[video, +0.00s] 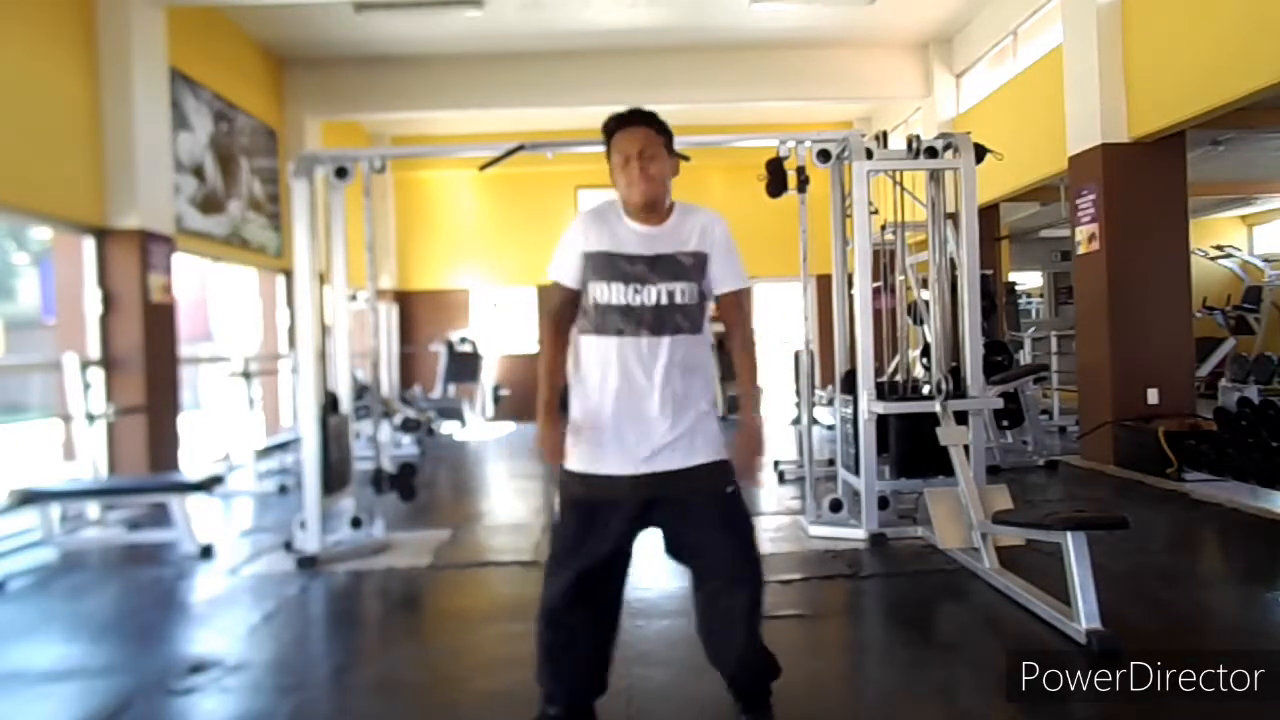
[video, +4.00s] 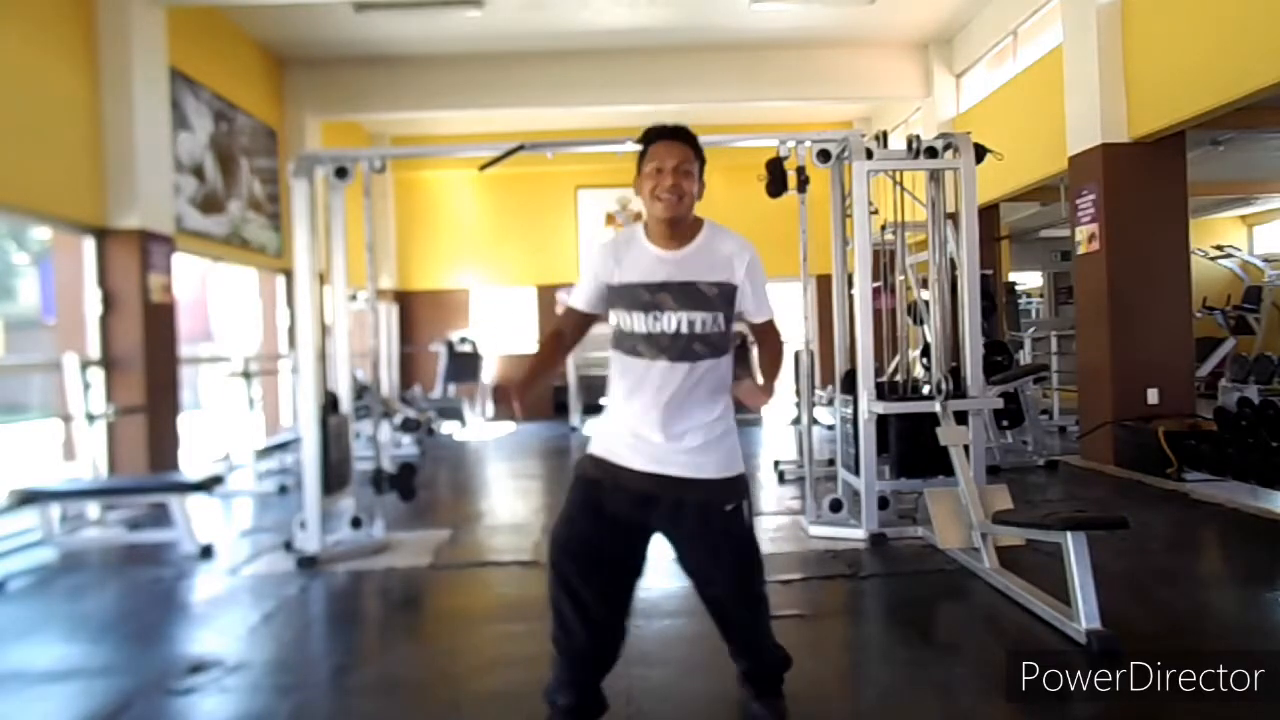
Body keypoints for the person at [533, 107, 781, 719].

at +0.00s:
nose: (639, 167)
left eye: (649, 155)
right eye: (626, 159)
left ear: (674, 163)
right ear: (611, 172)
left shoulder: (707, 230)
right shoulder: (586, 232)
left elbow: (738, 325)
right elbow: (556, 324)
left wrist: (748, 414)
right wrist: (548, 414)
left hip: (692, 448)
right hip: (600, 451)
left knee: (733, 578)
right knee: (574, 598)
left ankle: (753, 694)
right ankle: (565, 708)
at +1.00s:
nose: (646, 161)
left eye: (659, 145)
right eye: (629, 150)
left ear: (684, 153)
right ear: (613, 164)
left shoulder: (727, 232)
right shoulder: (589, 242)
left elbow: (745, 326)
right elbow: (549, 336)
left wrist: (783, 288)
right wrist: (536, 305)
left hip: (722, 489)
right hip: (617, 487)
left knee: (760, 689)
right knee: (560, 684)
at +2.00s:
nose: (666, 156)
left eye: (676, 141)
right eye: (646, 147)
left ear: (696, 152)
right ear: (623, 169)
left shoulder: (735, 239)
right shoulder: (594, 243)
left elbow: (776, 327)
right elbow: (535, 329)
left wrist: (799, 379)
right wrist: (474, 393)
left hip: (715, 496)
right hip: (603, 498)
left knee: (786, 671)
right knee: (561, 686)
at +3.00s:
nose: (677, 135)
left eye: (692, 121)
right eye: (661, 122)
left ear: (714, 136)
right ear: (640, 138)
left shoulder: (742, 229)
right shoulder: (597, 214)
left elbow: (759, 326)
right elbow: (557, 296)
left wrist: (819, 353)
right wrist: (562, 326)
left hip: (729, 483)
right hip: (614, 488)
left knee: (787, 675)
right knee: (555, 679)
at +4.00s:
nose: (670, 182)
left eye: (682, 171)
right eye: (657, 170)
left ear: (701, 182)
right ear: (638, 183)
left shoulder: (734, 255)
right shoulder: (612, 256)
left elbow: (766, 334)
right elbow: (568, 329)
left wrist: (765, 385)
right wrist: (524, 380)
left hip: (706, 457)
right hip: (620, 449)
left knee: (735, 586)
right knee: (576, 561)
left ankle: (765, 685)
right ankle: (575, 698)